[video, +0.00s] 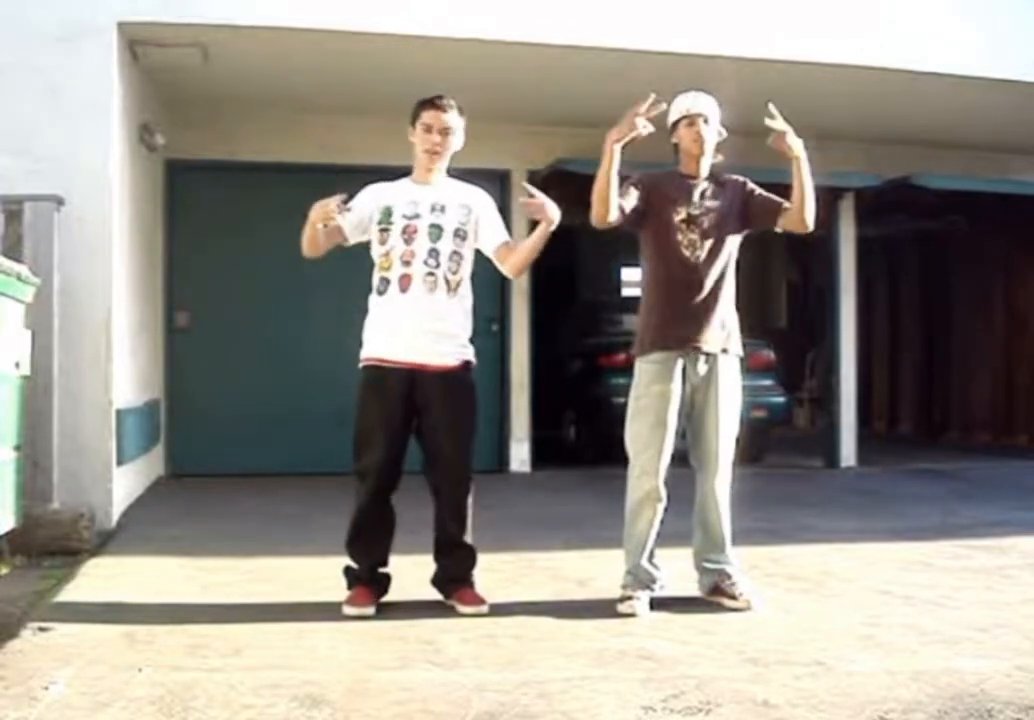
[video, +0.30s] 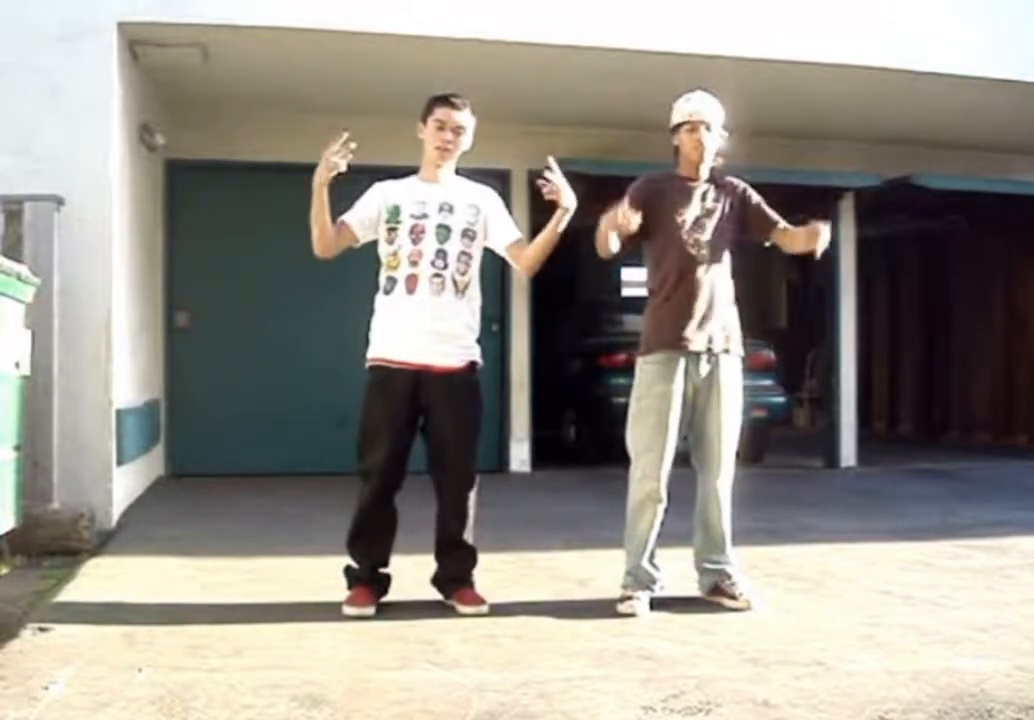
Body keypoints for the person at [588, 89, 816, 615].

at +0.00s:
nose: (697, 129)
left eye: (705, 121)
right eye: (687, 121)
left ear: (719, 133)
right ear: (673, 135)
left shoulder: (737, 191)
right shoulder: (651, 188)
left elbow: (801, 220)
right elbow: (602, 214)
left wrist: (798, 158)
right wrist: (612, 147)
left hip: (718, 345)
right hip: (659, 344)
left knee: (716, 466)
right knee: (647, 468)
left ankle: (717, 571)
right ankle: (638, 579)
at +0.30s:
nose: (697, 135)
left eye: (705, 127)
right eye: (688, 127)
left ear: (721, 136)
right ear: (674, 135)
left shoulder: (735, 194)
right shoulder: (652, 189)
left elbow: (781, 236)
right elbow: (608, 249)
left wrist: (813, 235)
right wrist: (608, 227)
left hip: (722, 347)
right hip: (664, 346)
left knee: (718, 468)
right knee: (650, 470)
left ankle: (717, 572)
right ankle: (638, 580)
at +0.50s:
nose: (700, 136)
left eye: (709, 128)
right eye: (692, 127)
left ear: (724, 137)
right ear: (678, 134)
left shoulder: (736, 195)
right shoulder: (650, 189)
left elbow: (777, 238)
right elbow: (602, 239)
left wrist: (810, 251)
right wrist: (614, 257)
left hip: (722, 346)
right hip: (662, 344)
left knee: (719, 467)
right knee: (651, 467)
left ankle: (717, 572)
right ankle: (638, 580)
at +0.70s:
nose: (717, 165)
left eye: (722, 157)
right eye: (706, 156)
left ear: (727, 164)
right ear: (681, 163)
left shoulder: (743, 224)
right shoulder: (645, 219)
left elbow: (749, 283)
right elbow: (600, 272)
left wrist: (734, 323)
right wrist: (631, 303)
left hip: (712, 362)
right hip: (657, 364)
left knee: (741, 472)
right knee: (648, 470)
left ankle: (724, 572)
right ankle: (604, 585)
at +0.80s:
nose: (736, 181)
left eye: (735, 173)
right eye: (724, 174)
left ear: (730, 183)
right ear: (691, 183)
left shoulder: (733, 237)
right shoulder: (662, 242)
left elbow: (722, 297)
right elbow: (630, 310)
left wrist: (751, 340)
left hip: (712, 377)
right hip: (663, 379)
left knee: (745, 479)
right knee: (658, 482)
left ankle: (723, 573)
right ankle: (605, 585)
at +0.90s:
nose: (741, 158)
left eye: (738, 149)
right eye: (731, 150)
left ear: (705, 159)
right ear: (705, 158)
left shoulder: (711, 205)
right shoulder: (702, 197)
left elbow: (724, 270)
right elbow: (701, 252)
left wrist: (782, 250)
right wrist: (769, 244)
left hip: (713, 360)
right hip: (682, 364)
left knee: (783, 449)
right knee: (675, 478)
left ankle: (741, 559)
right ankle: (607, 584)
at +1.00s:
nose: (744, 141)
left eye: (740, 134)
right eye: (736, 133)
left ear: (702, 141)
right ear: (715, 136)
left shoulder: (705, 184)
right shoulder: (714, 163)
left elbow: (753, 209)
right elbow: (772, 173)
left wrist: (807, 173)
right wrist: (818, 161)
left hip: (723, 344)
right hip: (703, 343)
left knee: (776, 446)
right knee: (669, 458)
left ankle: (786, 565)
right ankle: (607, 575)